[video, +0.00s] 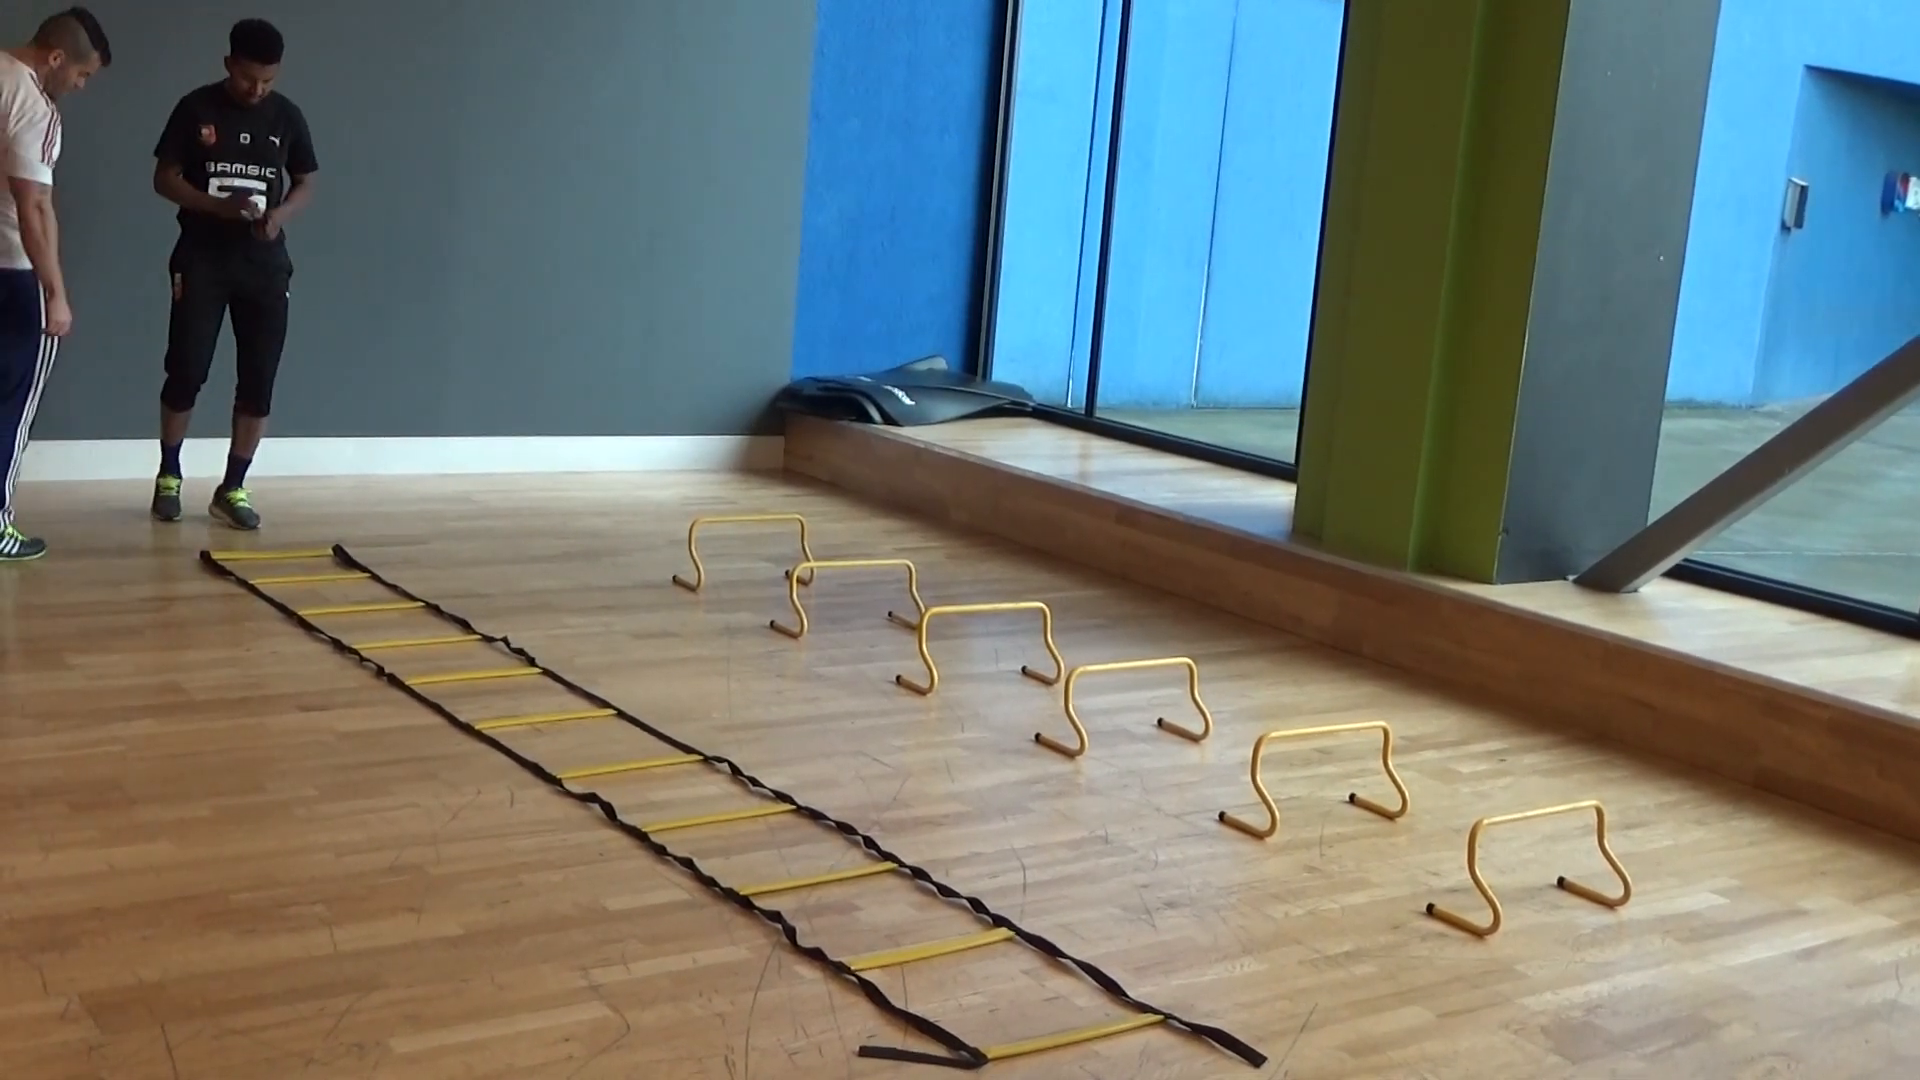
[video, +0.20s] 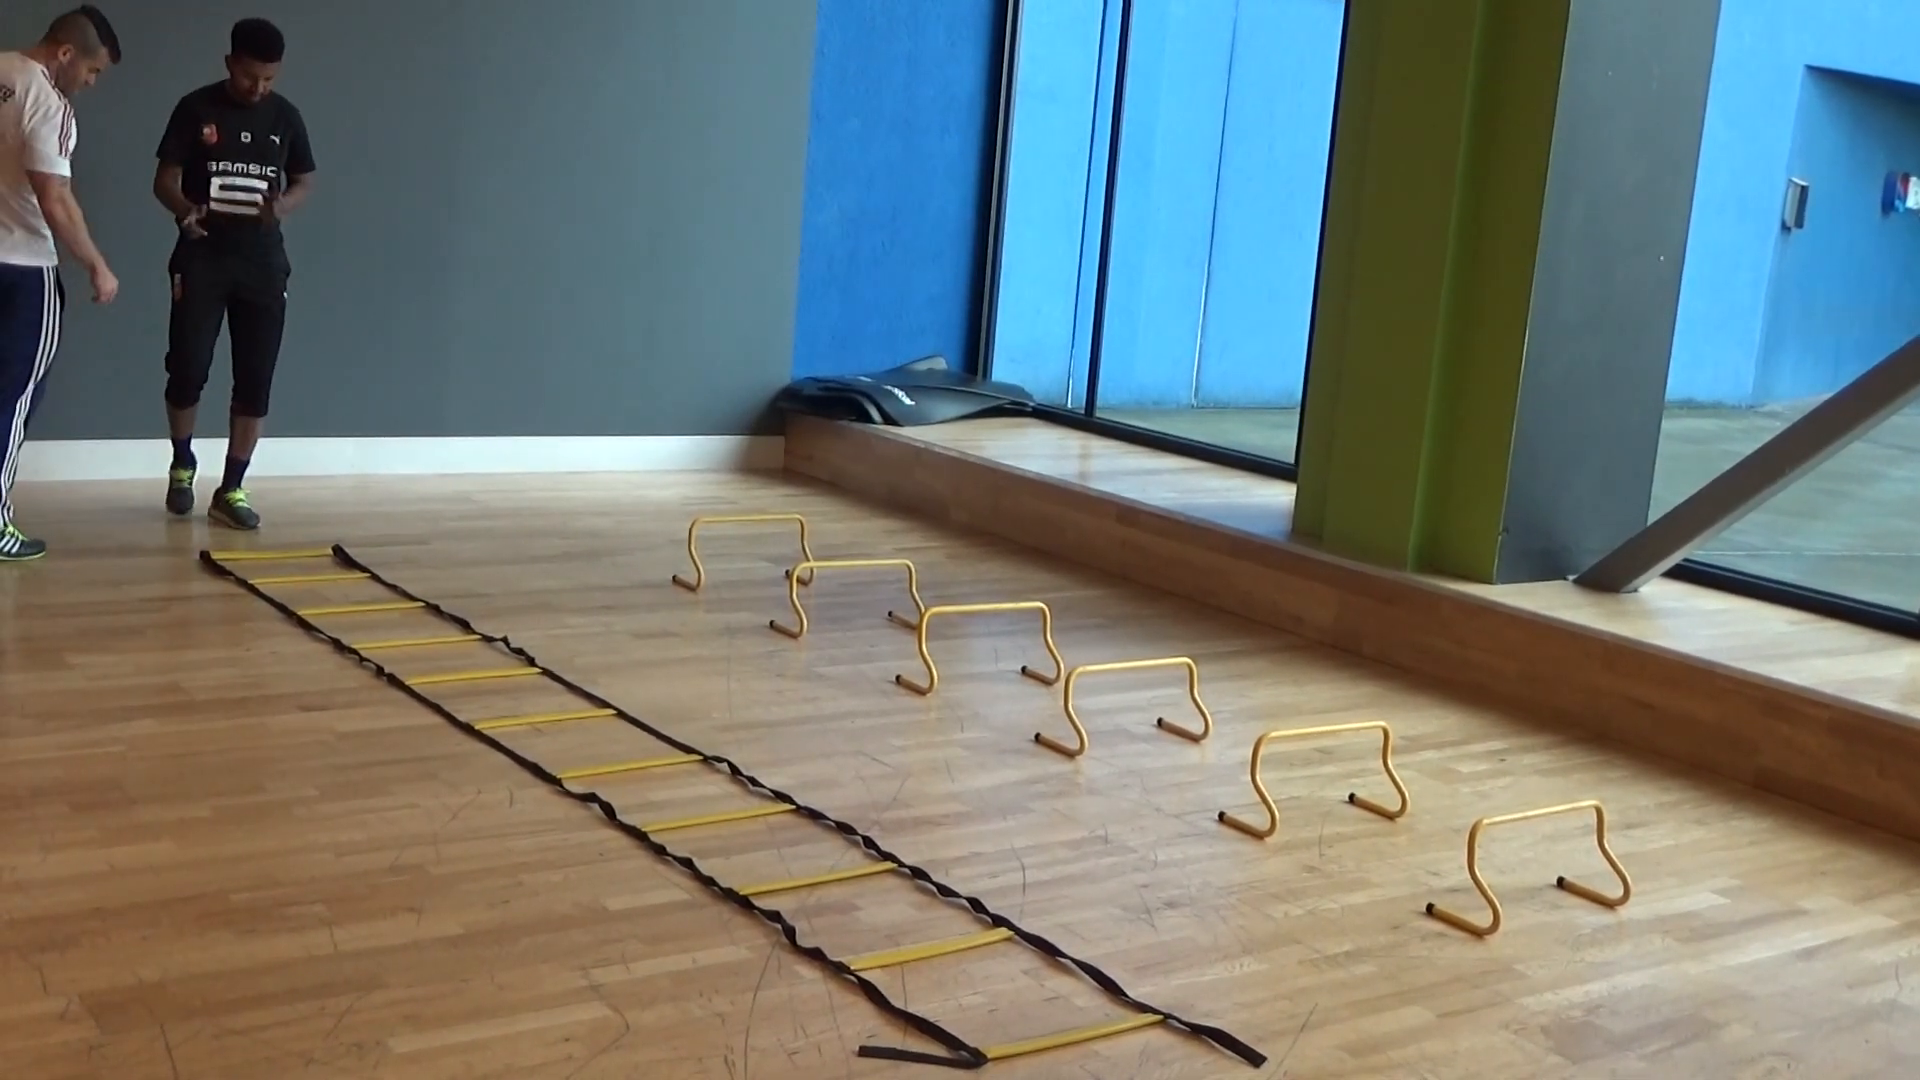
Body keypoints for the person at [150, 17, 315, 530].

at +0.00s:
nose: (257, 89)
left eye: (267, 80)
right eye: (248, 78)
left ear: (278, 71)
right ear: (229, 63)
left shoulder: (286, 116)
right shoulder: (196, 107)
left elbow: (306, 183)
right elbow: (164, 179)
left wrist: (281, 215)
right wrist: (222, 205)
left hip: (264, 264)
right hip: (201, 261)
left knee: (259, 379)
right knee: (186, 372)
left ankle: (232, 489)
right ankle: (170, 475)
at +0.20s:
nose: (260, 87)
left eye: (269, 78)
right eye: (251, 76)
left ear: (279, 70)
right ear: (230, 61)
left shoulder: (285, 115)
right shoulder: (195, 107)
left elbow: (304, 183)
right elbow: (164, 182)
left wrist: (282, 205)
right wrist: (184, 209)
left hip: (262, 264)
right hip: (202, 260)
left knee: (255, 380)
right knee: (187, 371)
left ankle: (232, 490)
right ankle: (183, 466)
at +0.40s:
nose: (249, 82)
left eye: (259, 73)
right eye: (240, 71)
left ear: (268, 67)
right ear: (220, 58)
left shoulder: (276, 117)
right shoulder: (185, 107)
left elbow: (288, 182)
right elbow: (154, 179)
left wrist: (280, 207)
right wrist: (183, 206)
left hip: (255, 265)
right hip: (195, 263)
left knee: (246, 379)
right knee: (187, 374)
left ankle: (232, 490)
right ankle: (185, 475)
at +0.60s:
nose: (234, 79)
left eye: (244, 70)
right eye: (225, 68)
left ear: (254, 65)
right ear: (205, 58)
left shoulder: (264, 114)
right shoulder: (173, 105)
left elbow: (280, 181)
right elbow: (146, 179)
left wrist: (264, 209)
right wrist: (196, 211)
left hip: (244, 259)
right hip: (183, 259)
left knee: (239, 372)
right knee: (181, 370)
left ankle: (232, 488)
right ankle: (187, 477)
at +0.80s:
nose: (227, 79)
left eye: (237, 70)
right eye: (219, 68)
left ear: (247, 63)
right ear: (198, 58)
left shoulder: (257, 110)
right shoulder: (166, 106)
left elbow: (272, 175)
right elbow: (140, 176)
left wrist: (254, 211)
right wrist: (178, 220)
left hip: (242, 258)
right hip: (180, 257)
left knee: (245, 366)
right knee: (178, 370)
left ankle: (232, 478)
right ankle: (186, 477)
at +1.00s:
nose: (229, 79)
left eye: (238, 69)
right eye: (220, 68)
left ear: (249, 61)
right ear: (200, 57)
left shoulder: (262, 110)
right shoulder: (170, 106)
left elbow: (275, 173)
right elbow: (143, 177)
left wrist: (265, 214)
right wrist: (180, 219)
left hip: (246, 257)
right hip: (186, 257)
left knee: (247, 367)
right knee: (181, 368)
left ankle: (233, 475)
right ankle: (187, 476)